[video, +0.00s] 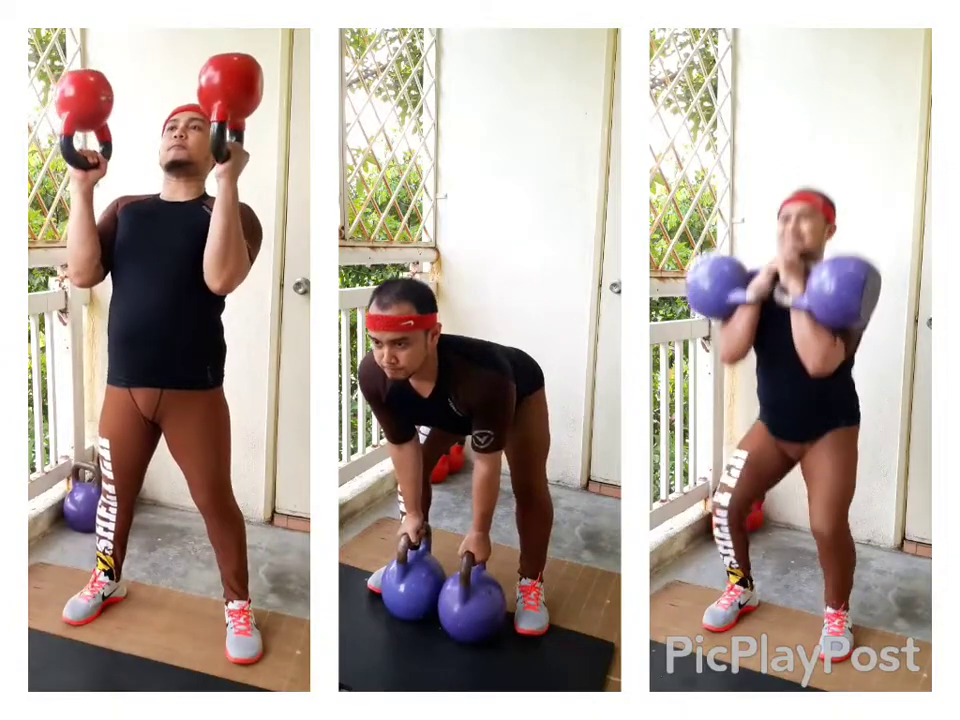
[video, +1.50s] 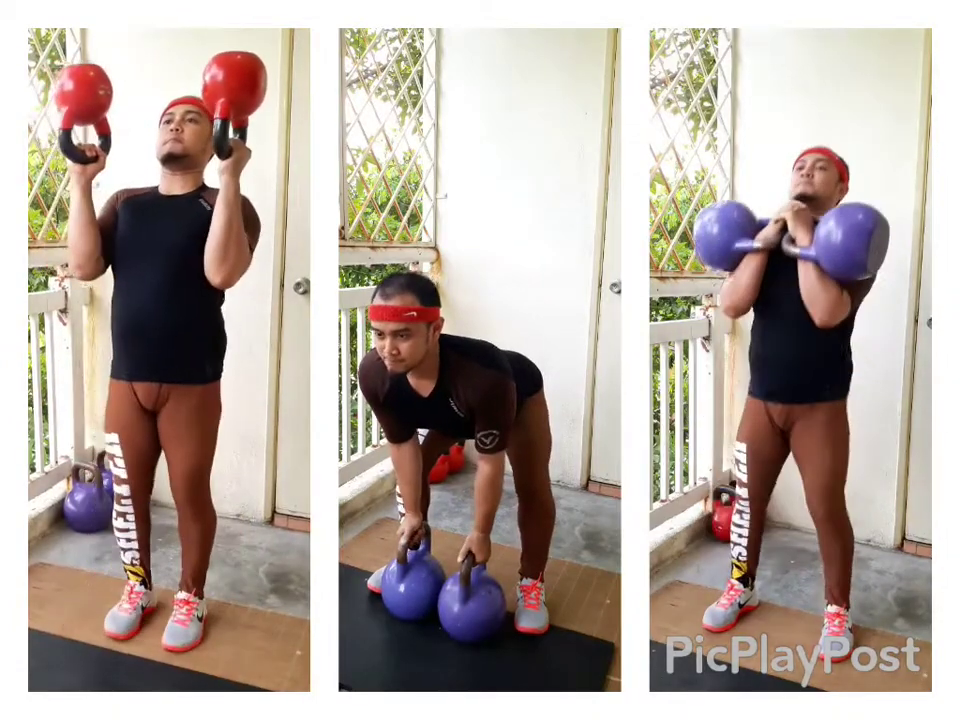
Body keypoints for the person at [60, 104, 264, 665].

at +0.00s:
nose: (178, 133)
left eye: (192, 127)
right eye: (171, 128)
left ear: (215, 148)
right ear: (159, 149)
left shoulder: (235, 216)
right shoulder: (125, 209)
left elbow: (221, 278)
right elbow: (82, 274)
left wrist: (226, 180)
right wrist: (83, 187)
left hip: (193, 391)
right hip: (123, 386)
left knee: (215, 503)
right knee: (115, 492)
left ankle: (238, 605)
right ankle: (106, 576)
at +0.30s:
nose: (178, 133)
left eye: (193, 126)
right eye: (170, 127)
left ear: (216, 147)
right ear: (158, 147)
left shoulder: (235, 214)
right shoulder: (126, 209)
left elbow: (227, 278)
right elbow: (84, 273)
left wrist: (232, 182)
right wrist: (83, 189)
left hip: (197, 391)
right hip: (127, 386)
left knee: (217, 503)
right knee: (116, 492)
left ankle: (238, 605)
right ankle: (106, 576)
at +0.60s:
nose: (163, 131)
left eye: (178, 124)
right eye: (155, 124)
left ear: (200, 145)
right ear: (143, 144)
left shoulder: (216, 212)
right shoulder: (111, 205)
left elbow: (205, 276)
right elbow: (67, 266)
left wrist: (214, 183)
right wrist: (66, 181)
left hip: (179, 385)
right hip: (111, 380)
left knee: (208, 499)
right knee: (107, 488)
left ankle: (238, 603)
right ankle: (106, 577)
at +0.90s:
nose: (145, 129)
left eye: (160, 123)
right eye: (138, 123)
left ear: (183, 144)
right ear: (126, 140)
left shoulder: (193, 211)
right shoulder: (93, 199)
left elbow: (182, 277)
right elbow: (50, 259)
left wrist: (199, 187)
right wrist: (54, 174)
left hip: (159, 379)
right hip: (93, 375)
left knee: (183, 495)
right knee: (100, 484)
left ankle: (203, 592)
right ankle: (106, 577)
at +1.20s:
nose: (165, 127)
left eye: (179, 121)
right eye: (157, 121)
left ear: (202, 140)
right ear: (146, 141)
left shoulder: (221, 210)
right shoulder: (115, 202)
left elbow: (207, 272)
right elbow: (72, 266)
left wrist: (213, 179)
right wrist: (74, 180)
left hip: (182, 383)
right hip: (117, 378)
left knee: (186, 496)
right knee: (104, 486)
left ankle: (190, 597)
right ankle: (107, 576)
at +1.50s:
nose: (174, 127)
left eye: (190, 121)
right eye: (167, 121)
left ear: (213, 140)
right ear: (156, 140)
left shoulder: (231, 207)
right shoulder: (125, 202)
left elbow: (222, 272)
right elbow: (84, 266)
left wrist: (228, 179)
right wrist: (82, 182)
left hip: (191, 379)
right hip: (126, 375)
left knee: (189, 493)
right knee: (131, 490)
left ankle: (190, 597)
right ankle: (136, 586)